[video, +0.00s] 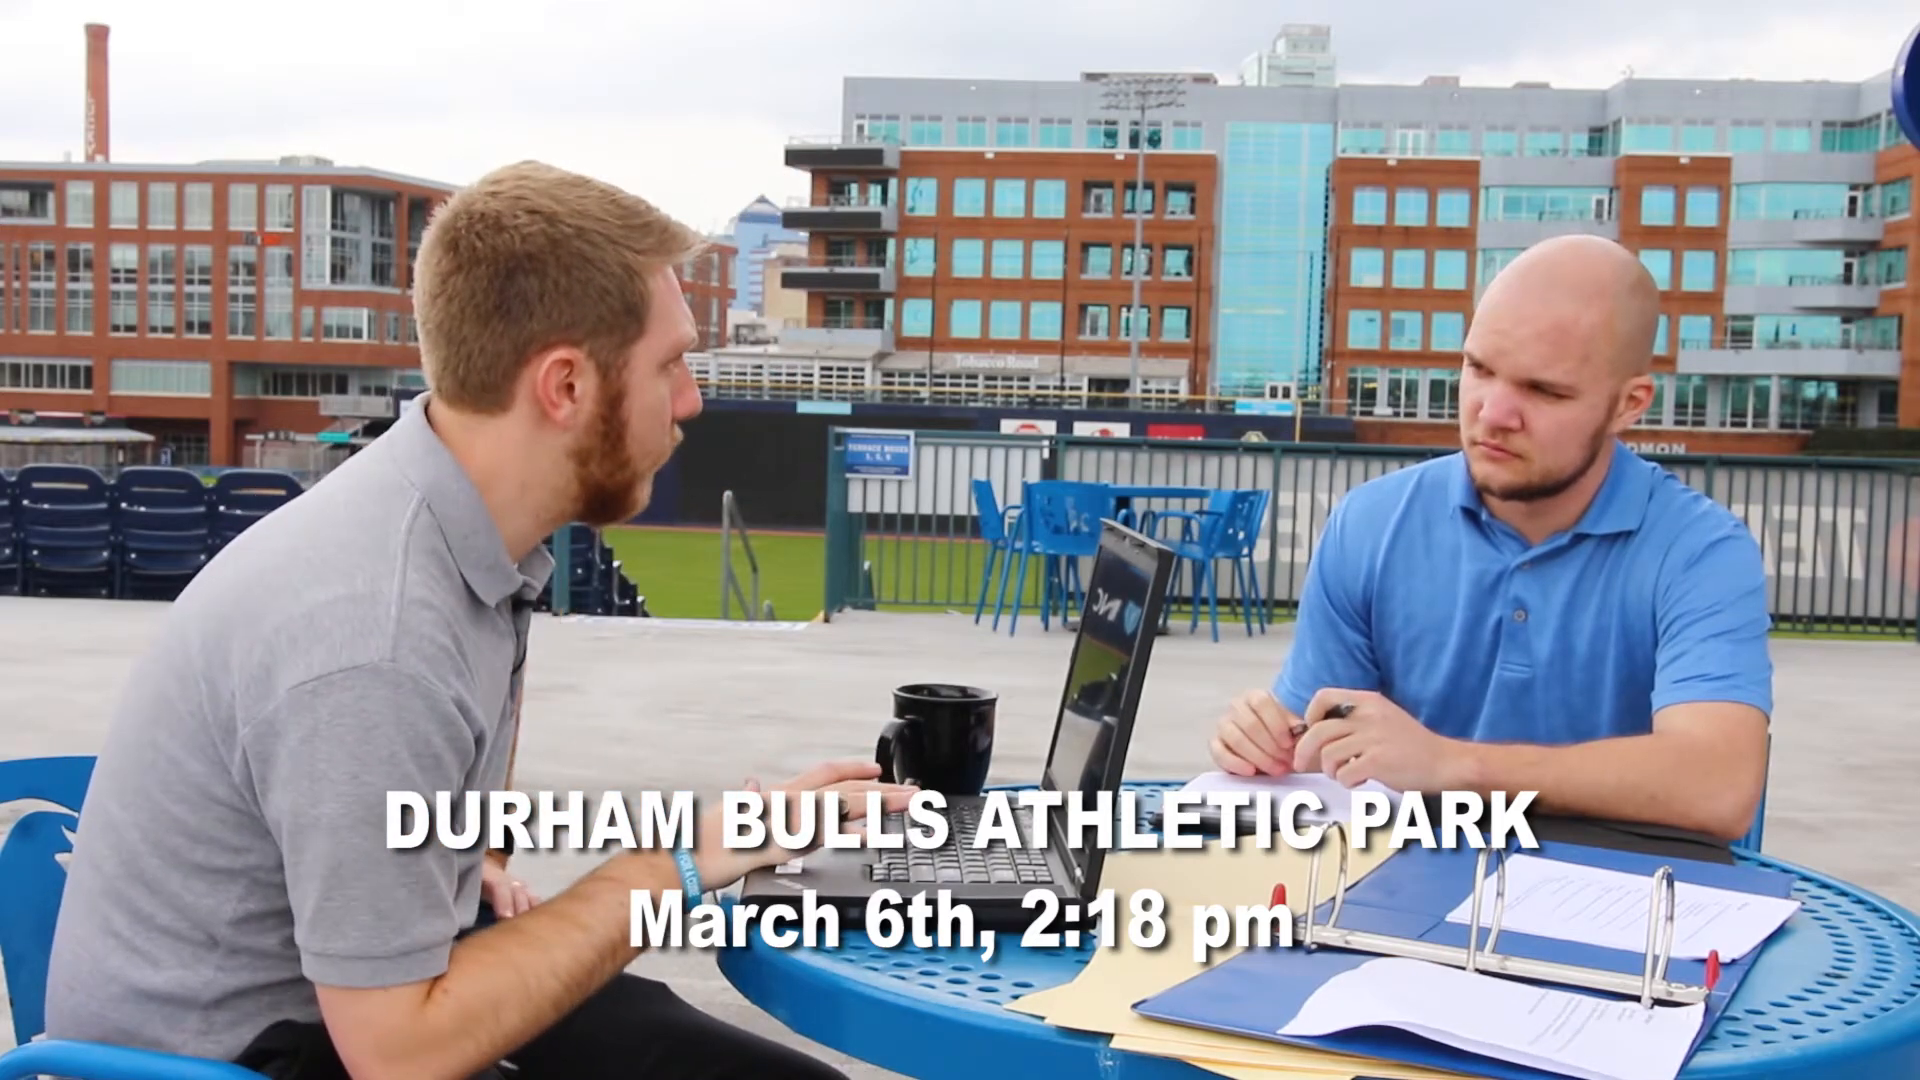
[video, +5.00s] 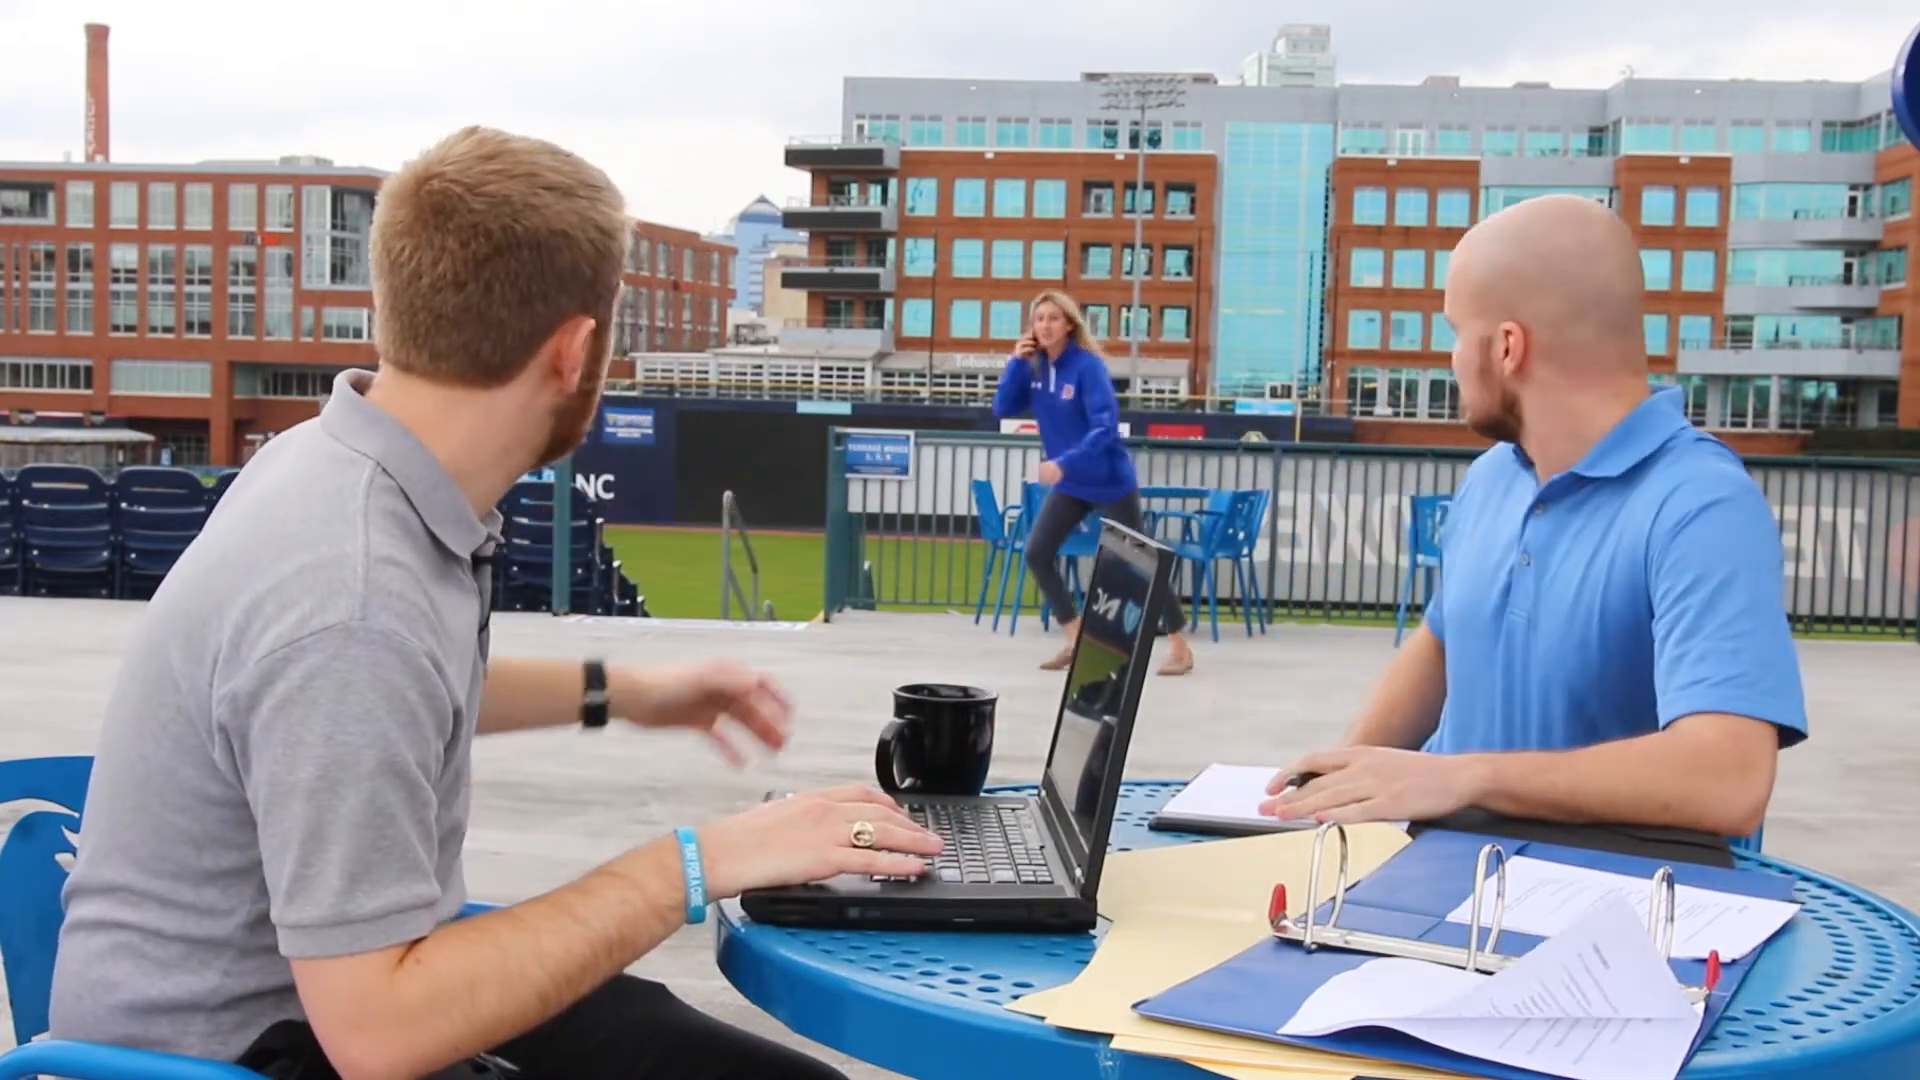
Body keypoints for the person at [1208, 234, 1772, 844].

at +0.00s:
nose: (1494, 413)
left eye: (1543, 390)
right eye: (1481, 370)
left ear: (1626, 407)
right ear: (1463, 356)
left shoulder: (1697, 550)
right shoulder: (1369, 524)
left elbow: (1713, 785)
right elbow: (1304, 723)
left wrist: (1447, 763)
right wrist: (1264, 734)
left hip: (1622, 915)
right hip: (1394, 890)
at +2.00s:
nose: (1499, 411)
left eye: (1549, 388)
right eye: (1487, 367)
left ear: (1631, 406)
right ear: (1467, 353)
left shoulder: (1698, 551)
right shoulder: (1371, 523)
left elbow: (1714, 785)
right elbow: (1303, 717)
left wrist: (1450, 762)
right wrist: (1262, 730)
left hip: (1622, 913)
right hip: (1395, 888)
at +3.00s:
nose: (1425, 458)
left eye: (1464, 424)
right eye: (1400, 421)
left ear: (1550, 393)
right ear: (1379, 393)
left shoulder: (1661, 536)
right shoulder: (1341, 538)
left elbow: (1707, 783)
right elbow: (1308, 755)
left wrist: (1486, 769)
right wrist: (1261, 753)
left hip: (1615, 908)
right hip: (1395, 893)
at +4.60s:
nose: (1417, 405)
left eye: (1458, 376)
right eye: (1411, 369)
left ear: (1565, 378)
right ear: (1401, 356)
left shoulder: (1680, 532)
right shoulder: (1372, 514)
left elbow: (1711, 778)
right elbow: (1308, 713)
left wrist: (1472, 776)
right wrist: (1263, 737)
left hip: (1623, 902)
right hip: (1409, 877)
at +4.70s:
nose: (1401, 382)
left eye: (1429, 357)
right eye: (1406, 352)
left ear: (1530, 370)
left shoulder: (1692, 525)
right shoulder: (1398, 501)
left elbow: (1719, 780)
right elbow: (1323, 691)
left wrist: (1466, 773)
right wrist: (1273, 730)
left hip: (1626, 910)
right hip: (1410, 881)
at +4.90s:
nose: (1433, 358)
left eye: (1440, 335)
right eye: (1434, 335)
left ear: (1500, 351)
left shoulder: (1700, 506)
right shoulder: (1469, 482)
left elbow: (1726, 779)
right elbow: (1407, 648)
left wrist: (1466, 775)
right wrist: (1309, 745)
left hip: (1642, 916)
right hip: (1453, 882)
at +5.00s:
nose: (1454, 356)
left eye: (1459, 332)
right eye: (1454, 331)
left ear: (1510, 348)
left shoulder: (1701, 501)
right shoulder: (1492, 479)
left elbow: (1726, 779)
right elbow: (1438, 644)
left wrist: (1466, 774)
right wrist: (1355, 763)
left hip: (1638, 918)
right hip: (1455, 882)